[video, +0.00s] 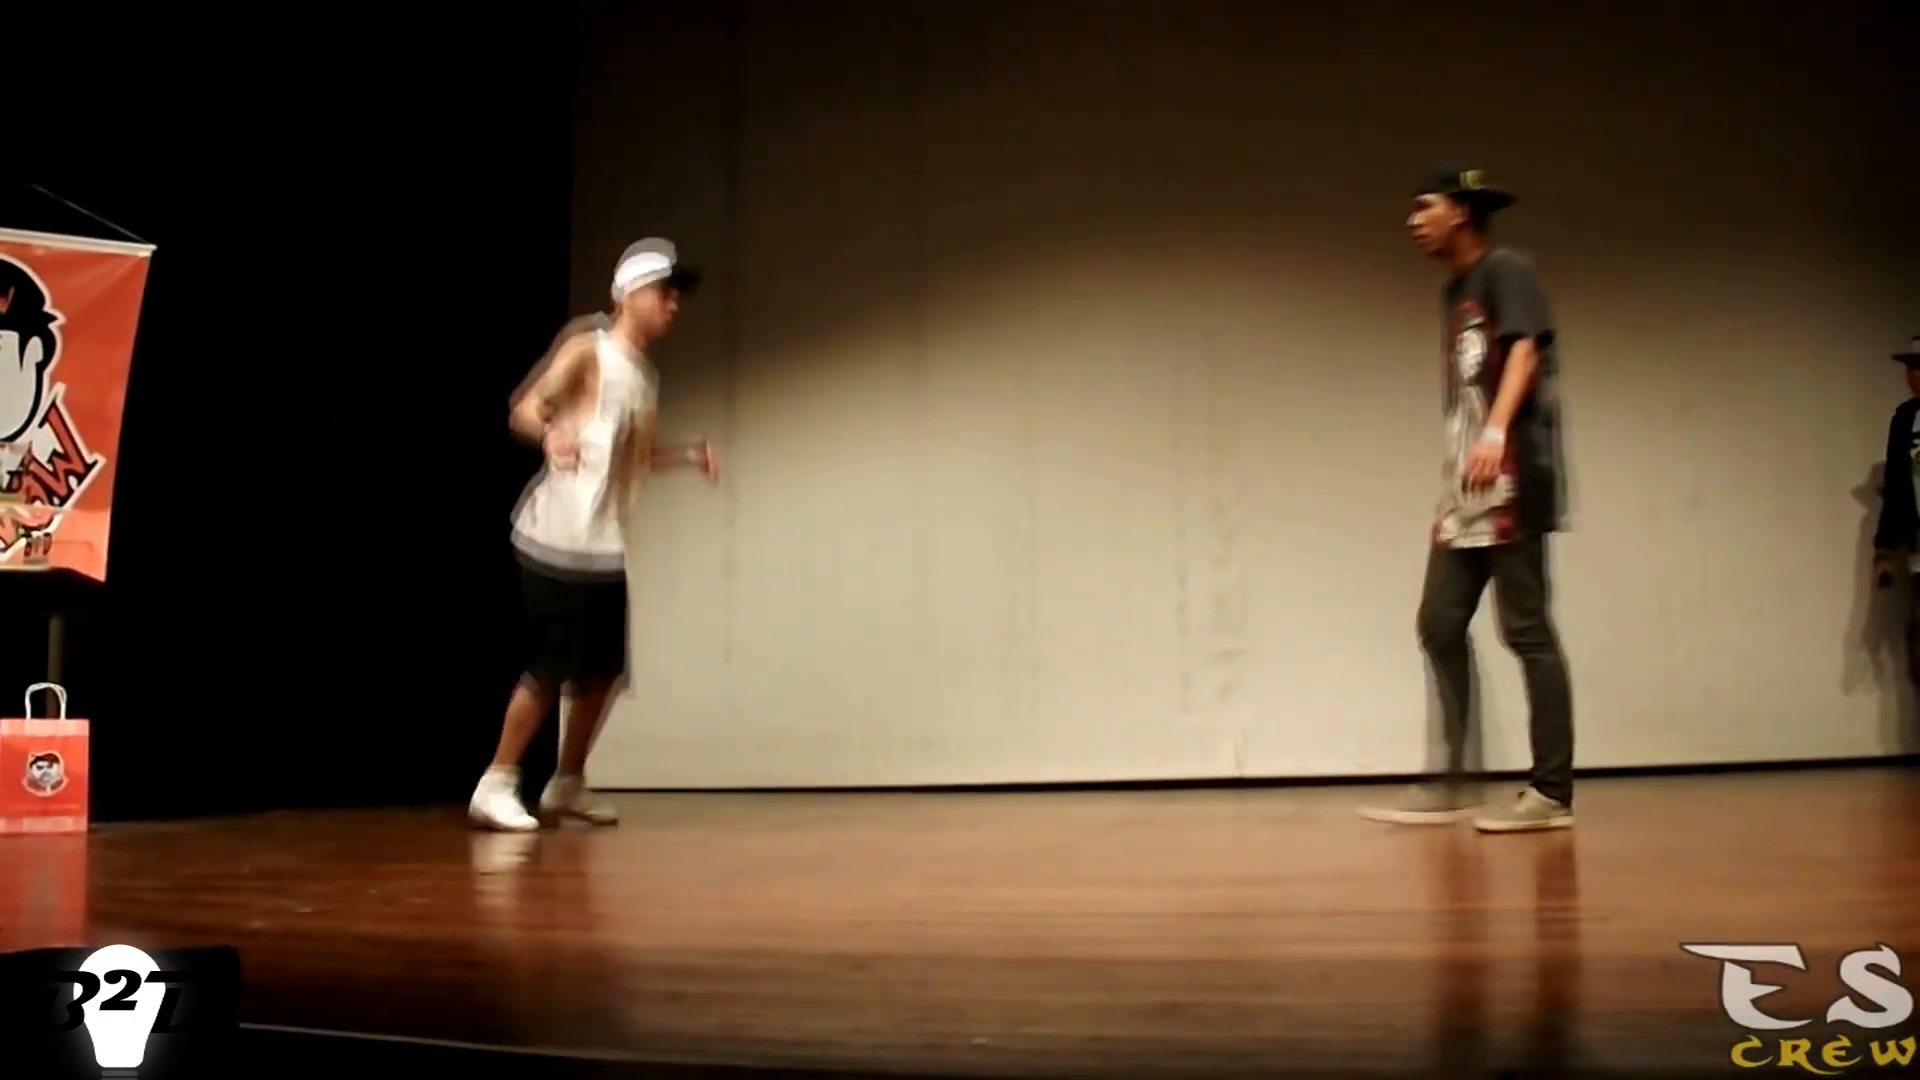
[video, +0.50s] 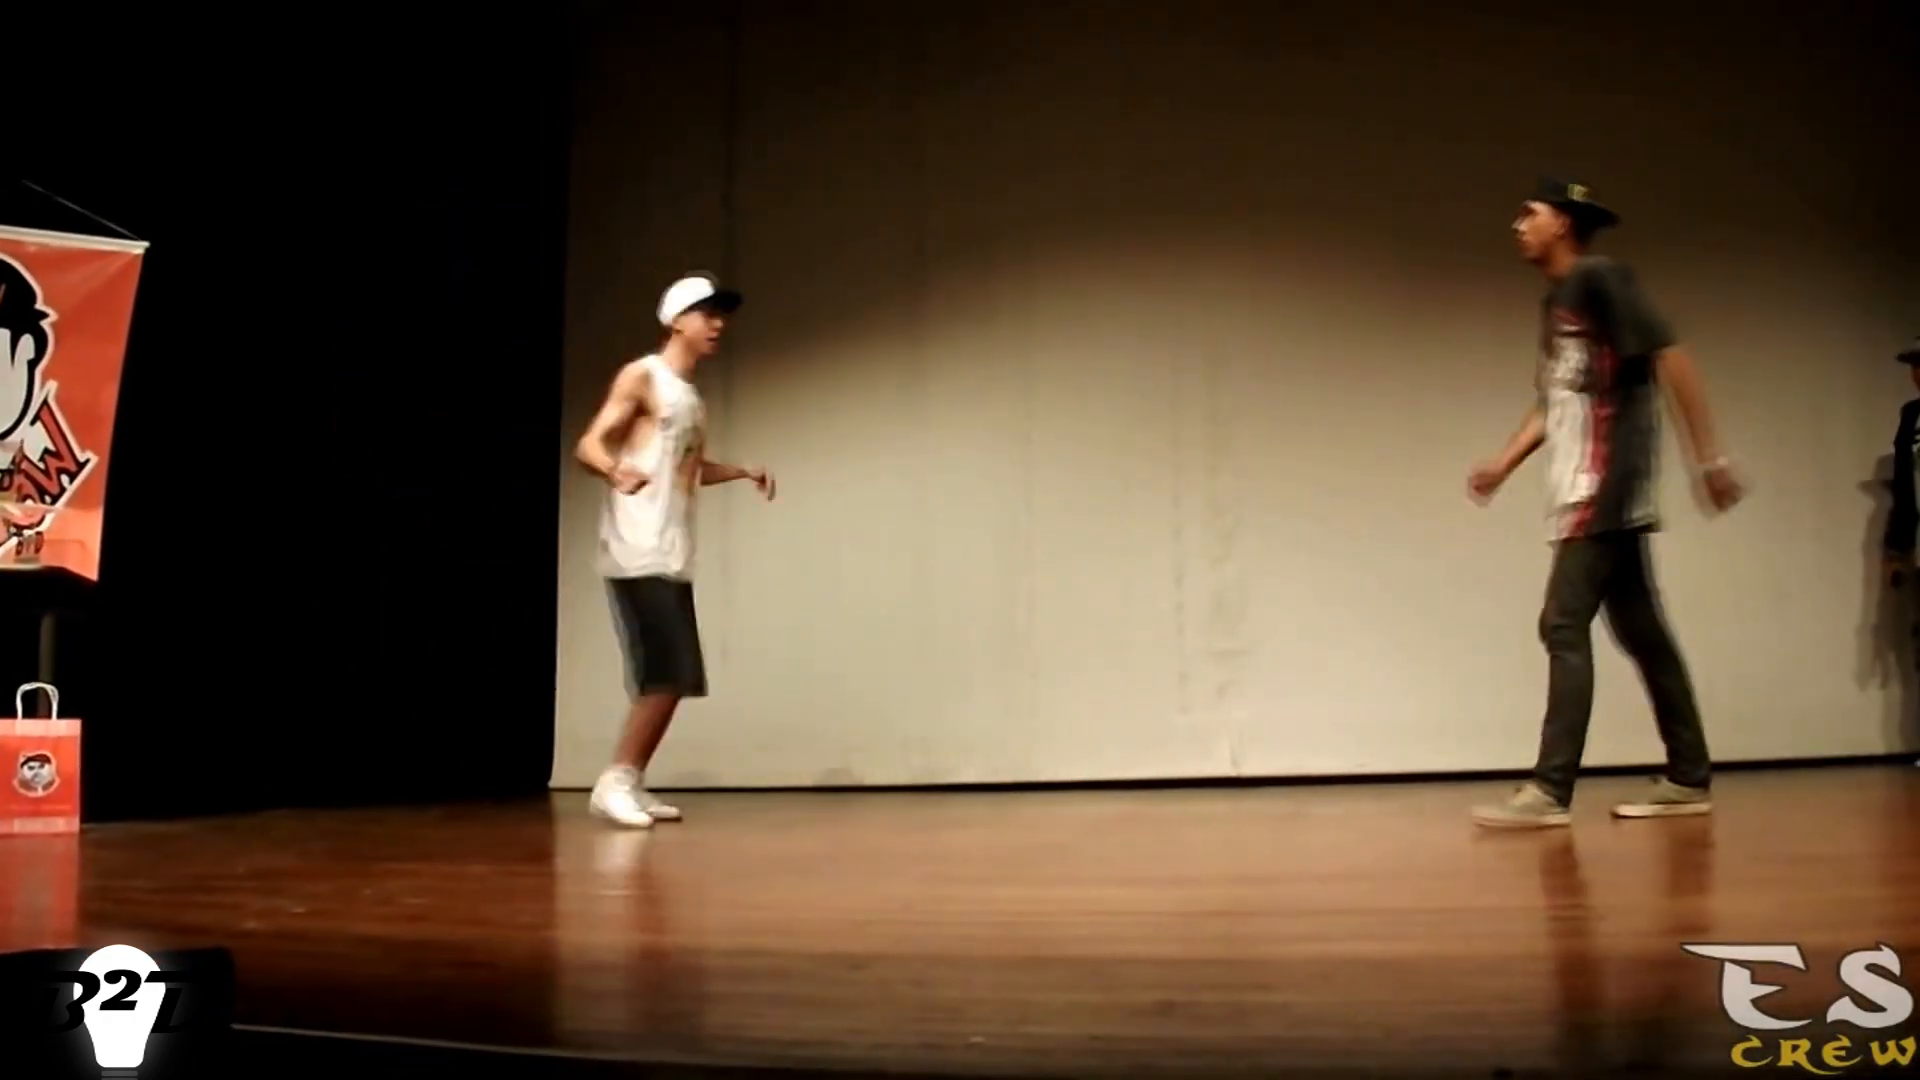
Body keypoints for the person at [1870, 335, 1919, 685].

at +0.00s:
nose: (1910, 377)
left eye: (1913, 369)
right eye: (1909, 369)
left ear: (1919, 372)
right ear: (1911, 374)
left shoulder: (1908, 418)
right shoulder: (1906, 418)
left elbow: (1897, 491)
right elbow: (1897, 490)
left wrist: (1888, 550)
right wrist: (1887, 550)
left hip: (1915, 552)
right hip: (1915, 553)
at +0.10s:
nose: (1911, 378)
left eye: (1914, 370)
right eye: (1909, 371)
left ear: (1919, 374)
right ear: (1910, 375)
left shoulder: (1908, 418)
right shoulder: (1906, 418)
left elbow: (1899, 493)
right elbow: (1899, 493)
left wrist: (1892, 553)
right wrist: (1891, 553)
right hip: (1918, 558)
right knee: (1919, 651)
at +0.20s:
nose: (1910, 378)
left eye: (1913, 370)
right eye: (1909, 370)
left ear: (1918, 374)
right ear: (1909, 375)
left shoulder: (1908, 419)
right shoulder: (1906, 418)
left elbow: (1900, 493)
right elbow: (1900, 493)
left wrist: (1894, 554)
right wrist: (1893, 554)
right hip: (1919, 558)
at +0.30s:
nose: (1910, 378)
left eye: (1912, 369)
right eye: (1909, 369)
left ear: (1915, 374)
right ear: (1910, 374)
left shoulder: (1909, 418)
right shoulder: (1907, 417)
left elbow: (1902, 490)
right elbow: (1901, 490)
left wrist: (1898, 554)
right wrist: (1897, 553)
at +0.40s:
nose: (1912, 376)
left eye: (1913, 368)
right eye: (1911, 368)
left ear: (1916, 373)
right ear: (1913, 373)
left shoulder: (1911, 417)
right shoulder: (1909, 417)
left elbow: (1904, 488)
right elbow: (1903, 488)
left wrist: (1899, 551)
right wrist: (1899, 551)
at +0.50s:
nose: (1912, 376)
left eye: (1914, 369)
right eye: (1911, 368)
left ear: (1918, 372)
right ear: (1913, 372)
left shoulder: (1912, 417)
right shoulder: (1910, 417)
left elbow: (1905, 491)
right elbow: (1904, 491)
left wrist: (1896, 550)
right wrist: (1895, 550)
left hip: (1918, 559)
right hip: (1917, 559)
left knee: (1917, 652)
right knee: (1916, 652)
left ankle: (1917, 740)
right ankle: (1917, 740)